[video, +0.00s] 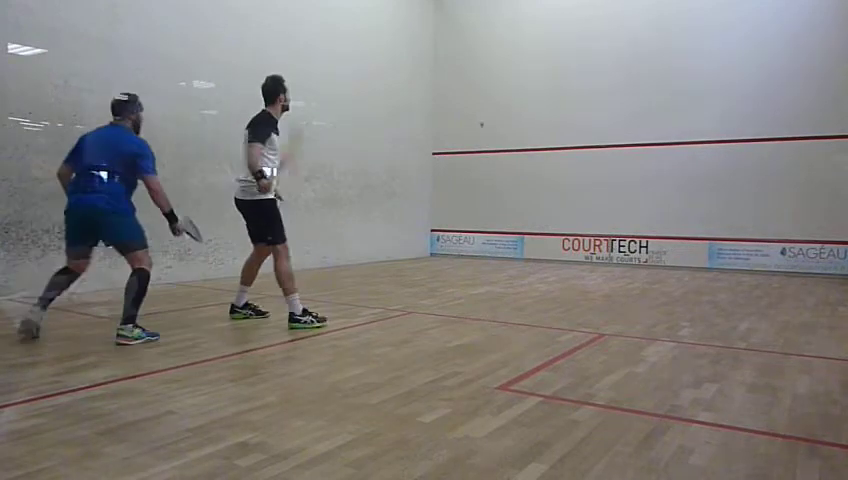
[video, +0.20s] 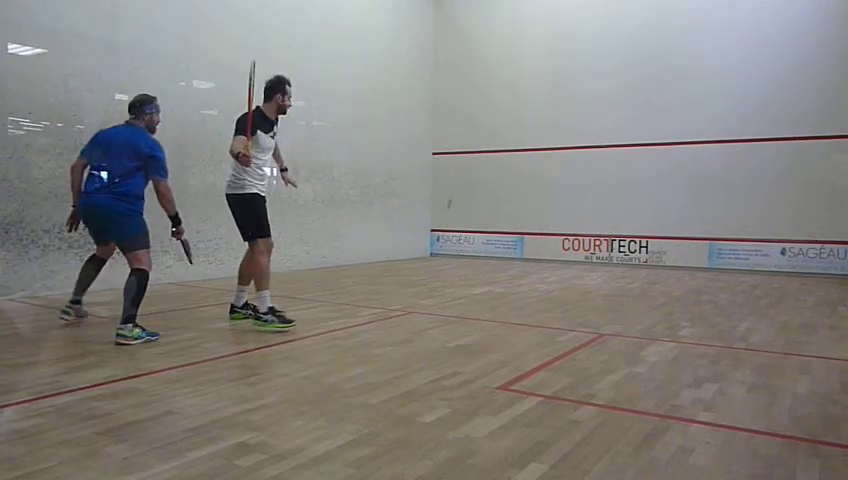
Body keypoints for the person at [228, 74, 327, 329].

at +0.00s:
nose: (288, 98)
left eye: (286, 94)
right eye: (286, 94)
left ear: (268, 97)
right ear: (280, 97)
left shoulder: (268, 123)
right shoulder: (263, 123)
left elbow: (264, 159)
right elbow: (253, 158)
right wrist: (261, 178)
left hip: (253, 197)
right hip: (259, 198)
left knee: (262, 249)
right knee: (281, 251)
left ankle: (239, 303)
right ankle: (297, 312)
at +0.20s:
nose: (290, 102)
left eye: (290, 97)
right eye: (287, 97)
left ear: (278, 97)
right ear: (276, 97)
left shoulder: (272, 123)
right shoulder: (249, 119)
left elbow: (273, 148)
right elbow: (235, 146)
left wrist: (282, 169)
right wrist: (240, 155)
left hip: (254, 191)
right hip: (244, 191)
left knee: (256, 248)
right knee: (264, 246)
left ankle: (239, 304)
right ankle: (264, 309)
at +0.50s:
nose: (292, 111)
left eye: (294, 106)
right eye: (289, 105)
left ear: (284, 103)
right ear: (276, 101)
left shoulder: (273, 123)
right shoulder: (246, 124)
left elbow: (261, 153)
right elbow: (238, 160)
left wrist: (268, 163)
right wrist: (256, 165)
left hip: (253, 192)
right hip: (238, 193)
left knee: (255, 249)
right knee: (246, 251)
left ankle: (240, 304)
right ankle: (237, 314)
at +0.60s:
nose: (291, 107)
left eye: (293, 102)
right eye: (287, 101)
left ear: (283, 101)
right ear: (272, 98)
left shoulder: (272, 124)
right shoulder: (249, 126)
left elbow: (262, 160)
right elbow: (252, 170)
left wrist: (270, 174)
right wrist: (269, 180)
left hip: (252, 192)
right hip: (239, 193)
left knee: (252, 249)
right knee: (245, 251)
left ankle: (241, 304)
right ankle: (236, 314)